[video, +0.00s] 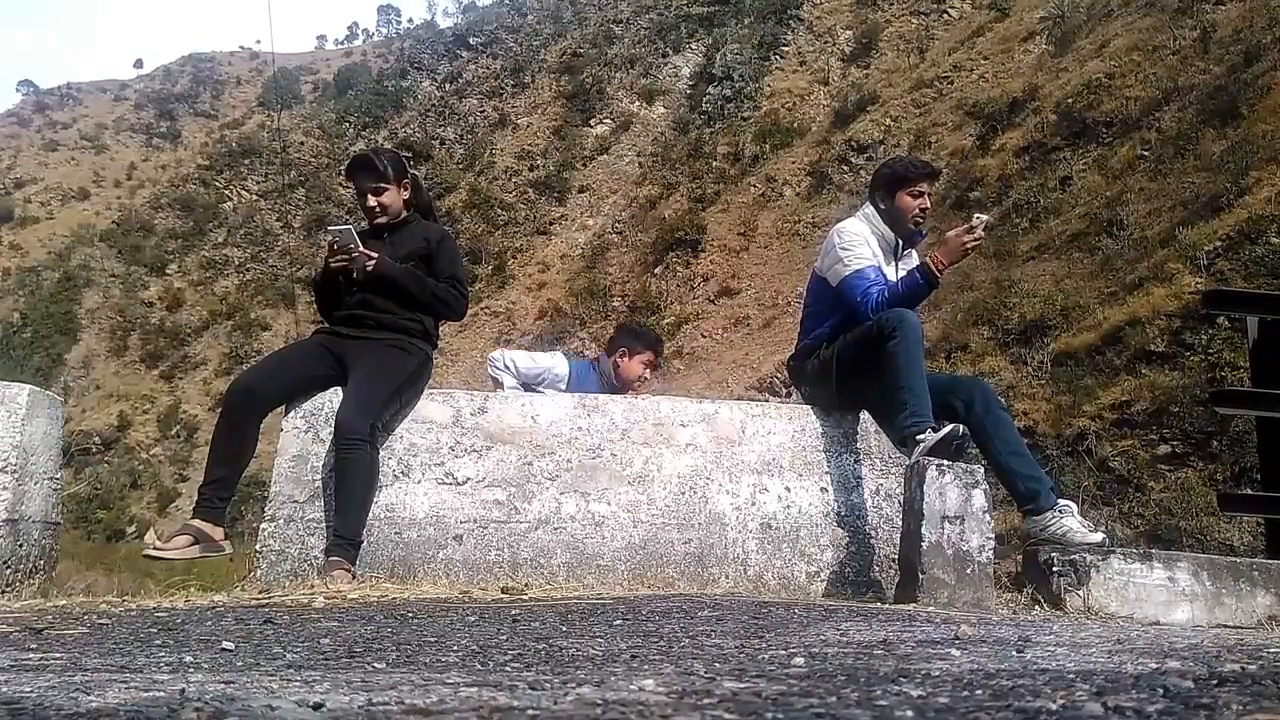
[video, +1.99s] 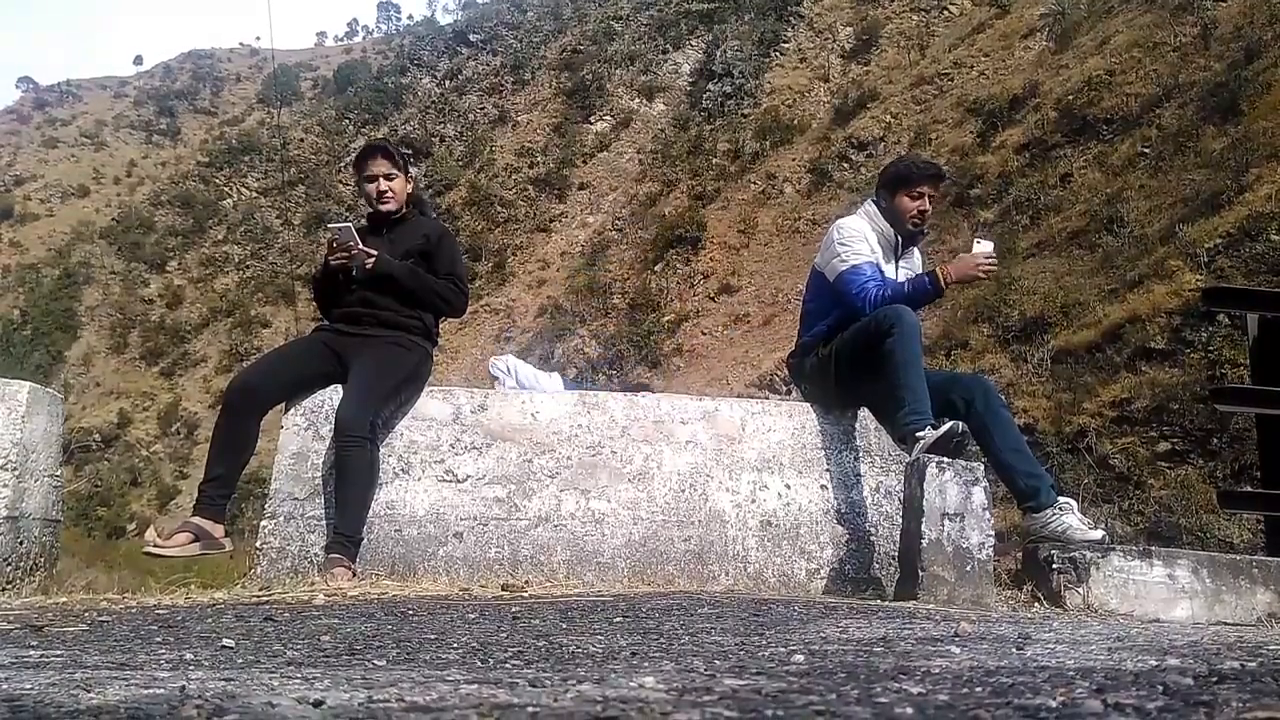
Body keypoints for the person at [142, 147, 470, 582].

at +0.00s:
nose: (372, 202)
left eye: (380, 191)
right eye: (364, 194)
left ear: (405, 187)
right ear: (359, 195)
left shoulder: (433, 236)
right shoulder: (355, 235)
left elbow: (455, 303)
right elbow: (330, 309)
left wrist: (386, 268)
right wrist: (332, 271)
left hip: (396, 348)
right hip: (336, 341)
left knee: (353, 426)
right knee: (247, 392)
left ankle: (340, 562)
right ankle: (208, 525)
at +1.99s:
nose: (381, 187)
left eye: (390, 177)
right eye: (371, 180)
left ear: (409, 180)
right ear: (363, 188)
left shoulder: (432, 233)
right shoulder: (354, 234)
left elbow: (455, 301)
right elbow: (328, 304)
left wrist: (385, 265)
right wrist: (330, 269)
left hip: (397, 344)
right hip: (337, 337)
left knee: (353, 425)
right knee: (246, 391)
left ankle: (341, 560)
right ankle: (208, 523)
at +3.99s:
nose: (383, 183)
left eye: (394, 175)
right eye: (375, 175)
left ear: (416, 181)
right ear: (367, 181)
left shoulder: (433, 233)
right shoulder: (354, 230)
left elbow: (456, 300)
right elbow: (326, 302)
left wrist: (387, 263)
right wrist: (335, 265)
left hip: (397, 345)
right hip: (336, 337)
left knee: (353, 424)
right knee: (246, 389)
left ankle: (341, 559)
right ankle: (208, 522)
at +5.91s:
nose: (376, 194)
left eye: (386, 184)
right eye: (368, 187)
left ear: (411, 181)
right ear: (362, 188)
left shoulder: (434, 232)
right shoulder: (355, 230)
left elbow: (455, 300)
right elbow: (332, 300)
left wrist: (380, 262)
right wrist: (329, 263)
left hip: (397, 344)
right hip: (336, 336)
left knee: (353, 423)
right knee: (246, 388)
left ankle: (341, 558)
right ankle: (208, 521)